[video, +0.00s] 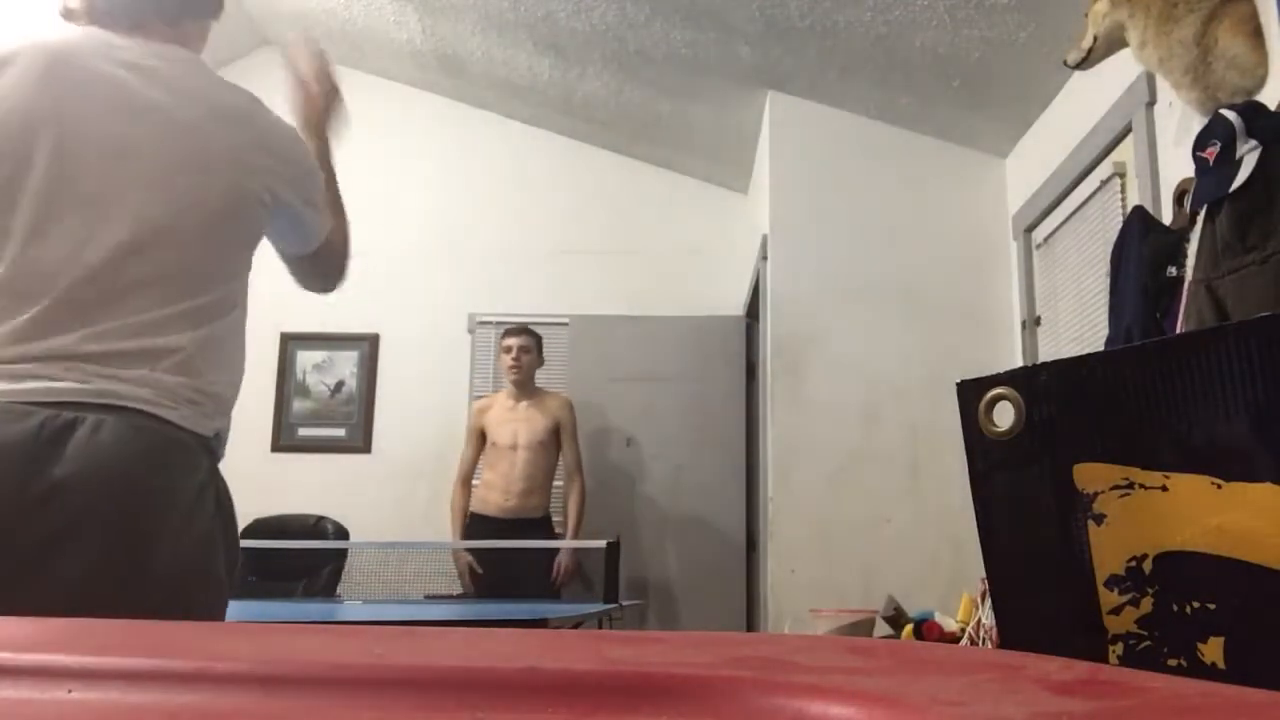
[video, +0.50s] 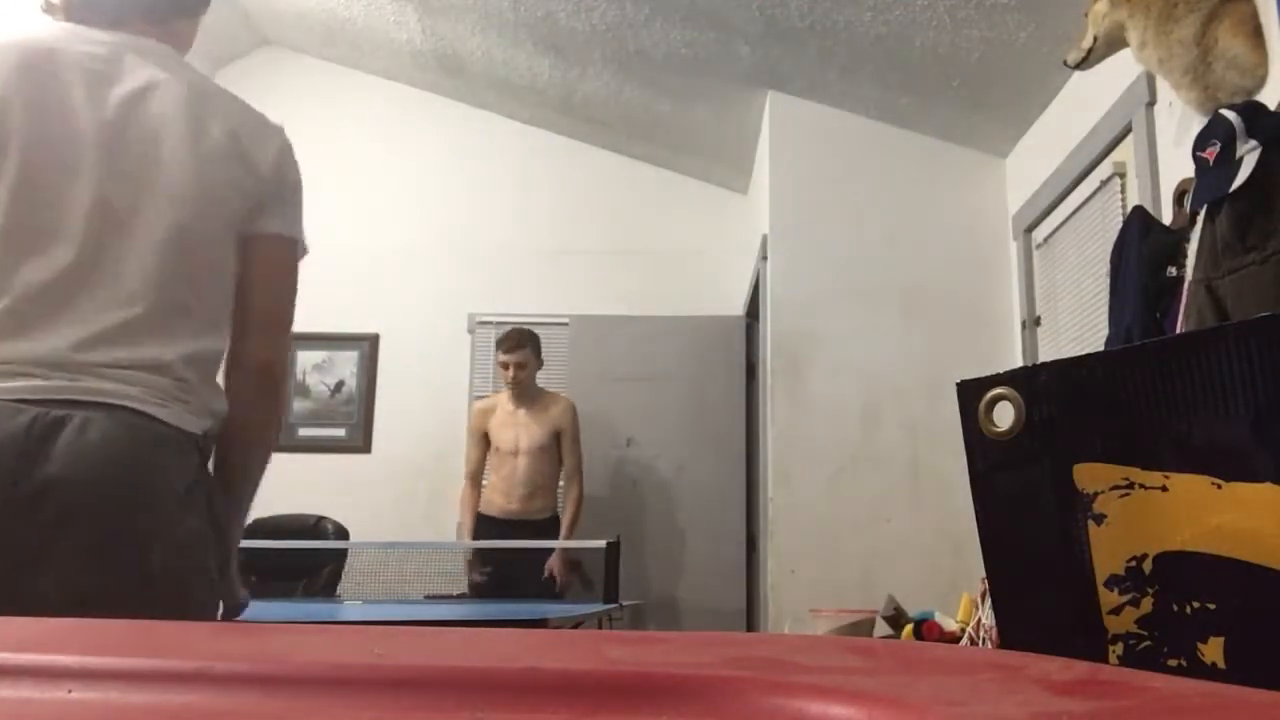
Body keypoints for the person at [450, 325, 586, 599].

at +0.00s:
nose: (514, 357)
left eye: (524, 350)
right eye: (507, 350)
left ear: (539, 360)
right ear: (499, 359)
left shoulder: (558, 407)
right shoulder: (482, 409)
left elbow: (574, 479)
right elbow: (463, 481)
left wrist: (570, 544)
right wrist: (457, 545)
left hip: (534, 529)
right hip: (482, 528)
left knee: (535, 629)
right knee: (484, 627)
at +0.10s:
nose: (514, 357)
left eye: (524, 351)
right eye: (507, 351)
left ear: (539, 360)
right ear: (499, 360)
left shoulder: (558, 407)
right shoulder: (482, 410)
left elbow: (574, 479)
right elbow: (463, 481)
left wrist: (569, 546)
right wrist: (457, 544)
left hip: (535, 530)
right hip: (483, 528)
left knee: (535, 629)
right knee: (483, 627)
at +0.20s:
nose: (514, 358)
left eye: (524, 351)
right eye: (507, 351)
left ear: (540, 361)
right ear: (499, 360)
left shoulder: (559, 407)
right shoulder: (482, 410)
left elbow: (574, 479)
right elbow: (465, 480)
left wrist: (569, 545)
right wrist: (458, 542)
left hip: (536, 531)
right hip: (484, 529)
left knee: (535, 630)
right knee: (484, 628)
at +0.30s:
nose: (513, 365)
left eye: (523, 357)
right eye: (506, 357)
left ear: (540, 362)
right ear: (498, 363)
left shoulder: (559, 408)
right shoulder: (483, 410)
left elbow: (574, 480)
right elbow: (468, 478)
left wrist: (565, 547)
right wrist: (461, 537)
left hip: (537, 532)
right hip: (486, 529)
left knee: (536, 629)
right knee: (484, 628)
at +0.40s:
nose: (512, 372)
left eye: (522, 363)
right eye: (506, 363)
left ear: (539, 363)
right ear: (498, 364)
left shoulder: (560, 408)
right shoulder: (483, 410)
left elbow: (574, 481)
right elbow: (470, 479)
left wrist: (563, 549)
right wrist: (465, 535)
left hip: (539, 531)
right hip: (488, 529)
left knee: (536, 630)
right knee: (485, 628)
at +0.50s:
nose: (511, 375)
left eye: (521, 366)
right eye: (505, 366)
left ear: (538, 364)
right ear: (497, 365)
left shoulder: (560, 409)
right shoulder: (483, 411)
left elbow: (573, 483)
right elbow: (472, 482)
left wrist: (561, 550)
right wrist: (466, 545)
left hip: (541, 531)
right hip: (490, 529)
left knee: (536, 629)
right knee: (486, 626)